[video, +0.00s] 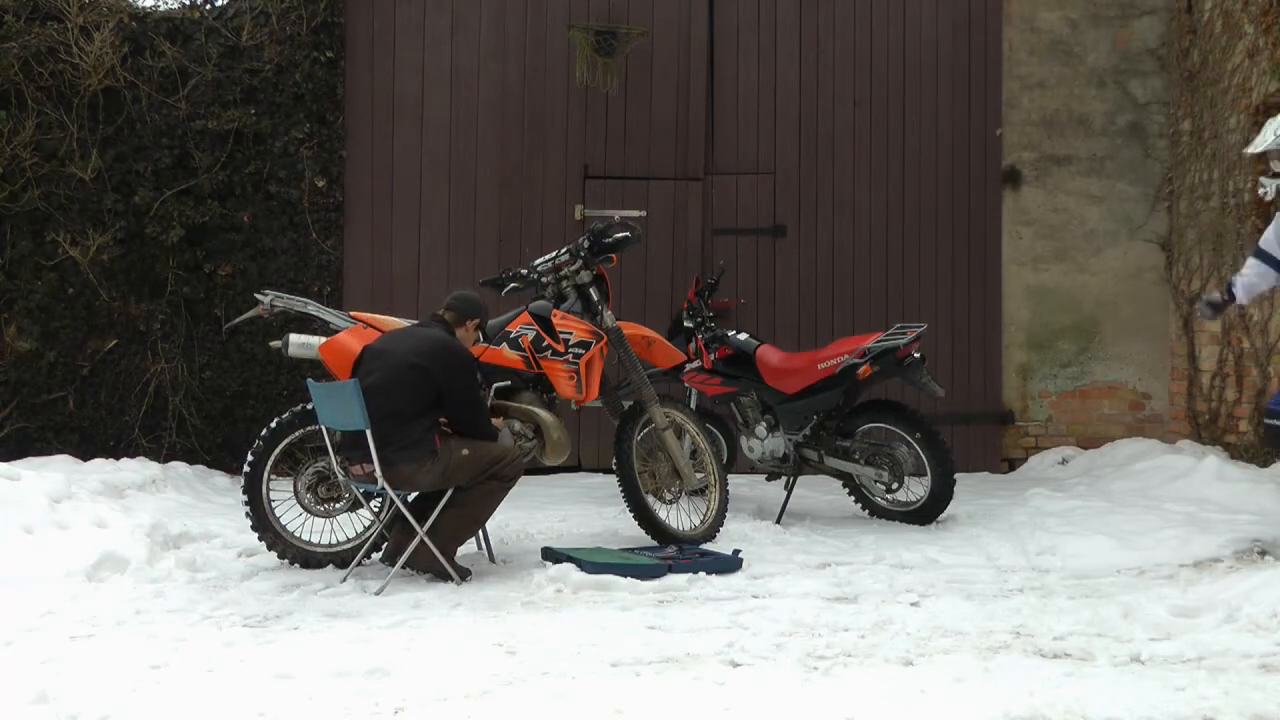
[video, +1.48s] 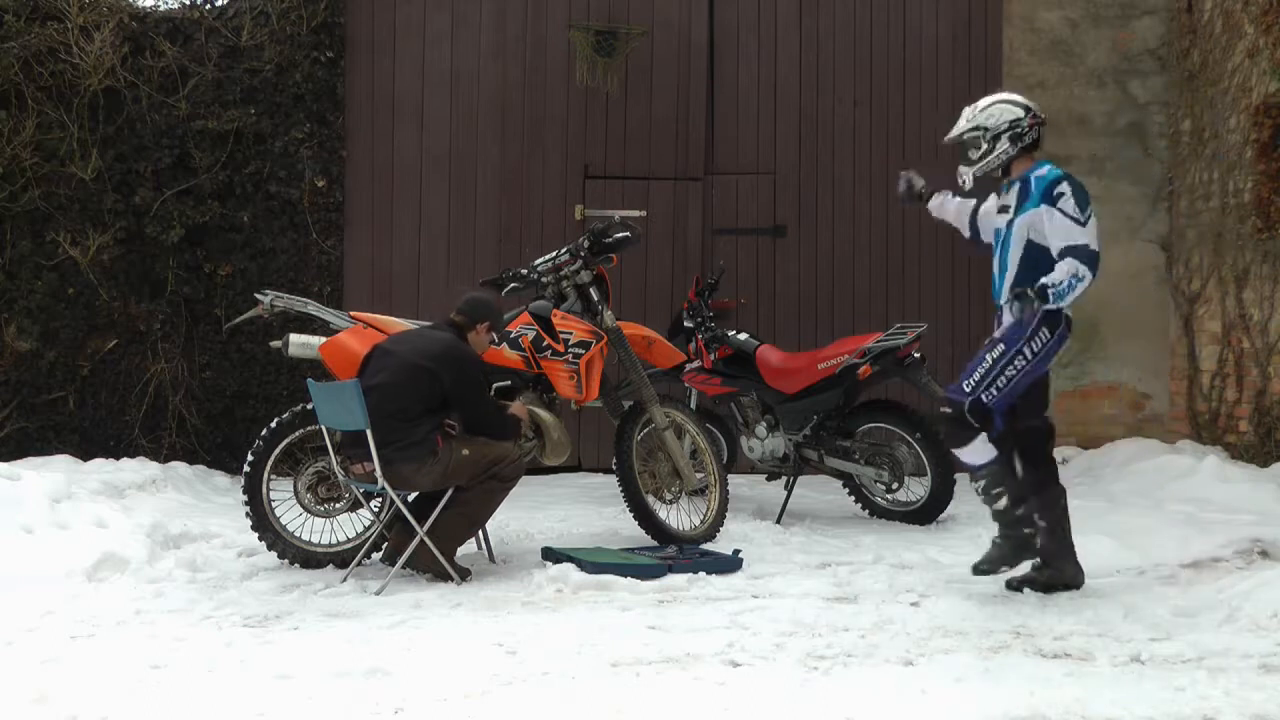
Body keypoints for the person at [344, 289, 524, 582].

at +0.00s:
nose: (474, 341)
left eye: (477, 334)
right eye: (477, 333)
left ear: (442, 315)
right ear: (469, 324)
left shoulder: (392, 337)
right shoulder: (453, 354)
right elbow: (478, 431)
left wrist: (437, 422)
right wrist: (493, 427)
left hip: (356, 457)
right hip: (400, 463)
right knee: (508, 461)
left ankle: (402, 543)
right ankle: (434, 551)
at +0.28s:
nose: (475, 339)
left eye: (478, 332)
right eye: (478, 330)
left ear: (442, 314)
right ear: (470, 324)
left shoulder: (391, 338)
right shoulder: (453, 353)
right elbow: (476, 429)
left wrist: (435, 424)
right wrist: (495, 433)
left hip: (357, 458)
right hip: (400, 463)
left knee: (464, 454)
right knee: (507, 462)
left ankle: (402, 543)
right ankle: (434, 552)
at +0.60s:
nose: (478, 337)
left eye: (480, 330)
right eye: (479, 328)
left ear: (442, 314)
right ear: (469, 322)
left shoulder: (393, 337)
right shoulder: (454, 353)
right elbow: (476, 429)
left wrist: (436, 424)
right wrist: (496, 434)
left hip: (357, 456)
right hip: (401, 463)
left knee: (464, 454)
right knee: (507, 462)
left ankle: (403, 543)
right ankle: (434, 551)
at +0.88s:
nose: (479, 335)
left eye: (481, 328)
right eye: (480, 327)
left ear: (443, 313)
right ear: (469, 321)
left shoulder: (394, 337)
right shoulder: (455, 354)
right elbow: (482, 431)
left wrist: (436, 425)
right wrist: (499, 436)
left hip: (357, 455)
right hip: (401, 462)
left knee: (463, 452)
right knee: (508, 462)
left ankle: (402, 542)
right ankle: (434, 551)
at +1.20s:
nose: (484, 335)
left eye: (486, 328)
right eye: (484, 327)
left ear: (446, 314)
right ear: (473, 321)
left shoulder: (400, 337)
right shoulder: (456, 353)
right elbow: (482, 424)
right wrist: (515, 421)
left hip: (357, 455)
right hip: (401, 461)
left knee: (461, 451)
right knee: (508, 462)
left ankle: (401, 543)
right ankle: (435, 551)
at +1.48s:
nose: (490, 345)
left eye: (493, 337)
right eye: (491, 336)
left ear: (455, 317)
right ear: (480, 328)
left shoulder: (403, 338)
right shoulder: (460, 356)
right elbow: (485, 425)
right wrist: (514, 418)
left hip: (358, 455)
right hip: (401, 461)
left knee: (464, 453)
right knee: (508, 463)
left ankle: (402, 543)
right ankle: (435, 550)